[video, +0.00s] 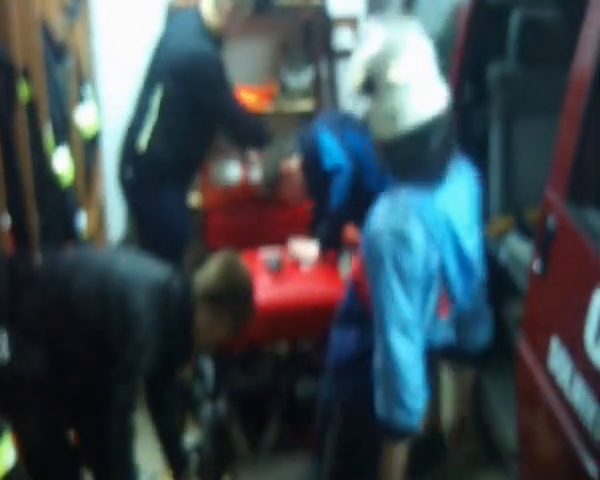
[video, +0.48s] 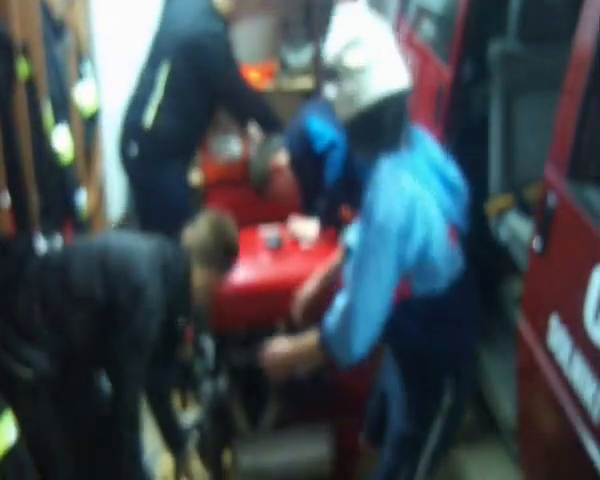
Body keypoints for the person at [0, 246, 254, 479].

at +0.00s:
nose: (223, 341)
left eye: (230, 334)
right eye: (227, 332)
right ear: (214, 313)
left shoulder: (171, 298)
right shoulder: (140, 315)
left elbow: (163, 401)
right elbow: (115, 421)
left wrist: (180, 467)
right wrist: (116, 471)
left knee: (104, 448)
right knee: (51, 464)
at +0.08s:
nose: (222, 339)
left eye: (230, 332)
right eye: (227, 329)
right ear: (213, 310)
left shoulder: (168, 294)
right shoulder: (141, 318)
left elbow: (160, 399)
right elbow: (115, 423)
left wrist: (180, 464)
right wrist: (119, 473)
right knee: (56, 464)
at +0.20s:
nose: (220, 331)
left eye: (226, 324)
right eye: (224, 321)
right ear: (213, 305)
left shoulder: (167, 291)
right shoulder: (141, 313)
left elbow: (159, 398)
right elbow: (115, 419)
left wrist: (182, 464)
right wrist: (119, 470)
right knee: (57, 464)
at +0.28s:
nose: (216, 325)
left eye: (224, 317)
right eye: (221, 313)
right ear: (209, 296)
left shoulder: (165, 285)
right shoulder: (141, 310)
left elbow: (156, 390)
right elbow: (114, 420)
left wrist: (178, 456)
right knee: (57, 465)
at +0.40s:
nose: (218, 308)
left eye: (224, 299)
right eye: (221, 296)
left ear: (195, 258)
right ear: (215, 281)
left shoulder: (165, 275)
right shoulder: (147, 302)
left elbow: (154, 385)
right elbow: (120, 399)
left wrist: (180, 453)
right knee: (56, 459)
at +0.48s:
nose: (213, 289)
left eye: (220, 280)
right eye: (217, 278)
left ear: (190, 241)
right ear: (211, 267)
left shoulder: (164, 264)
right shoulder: (148, 288)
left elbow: (155, 380)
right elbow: (127, 387)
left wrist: (181, 451)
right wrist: (129, 461)